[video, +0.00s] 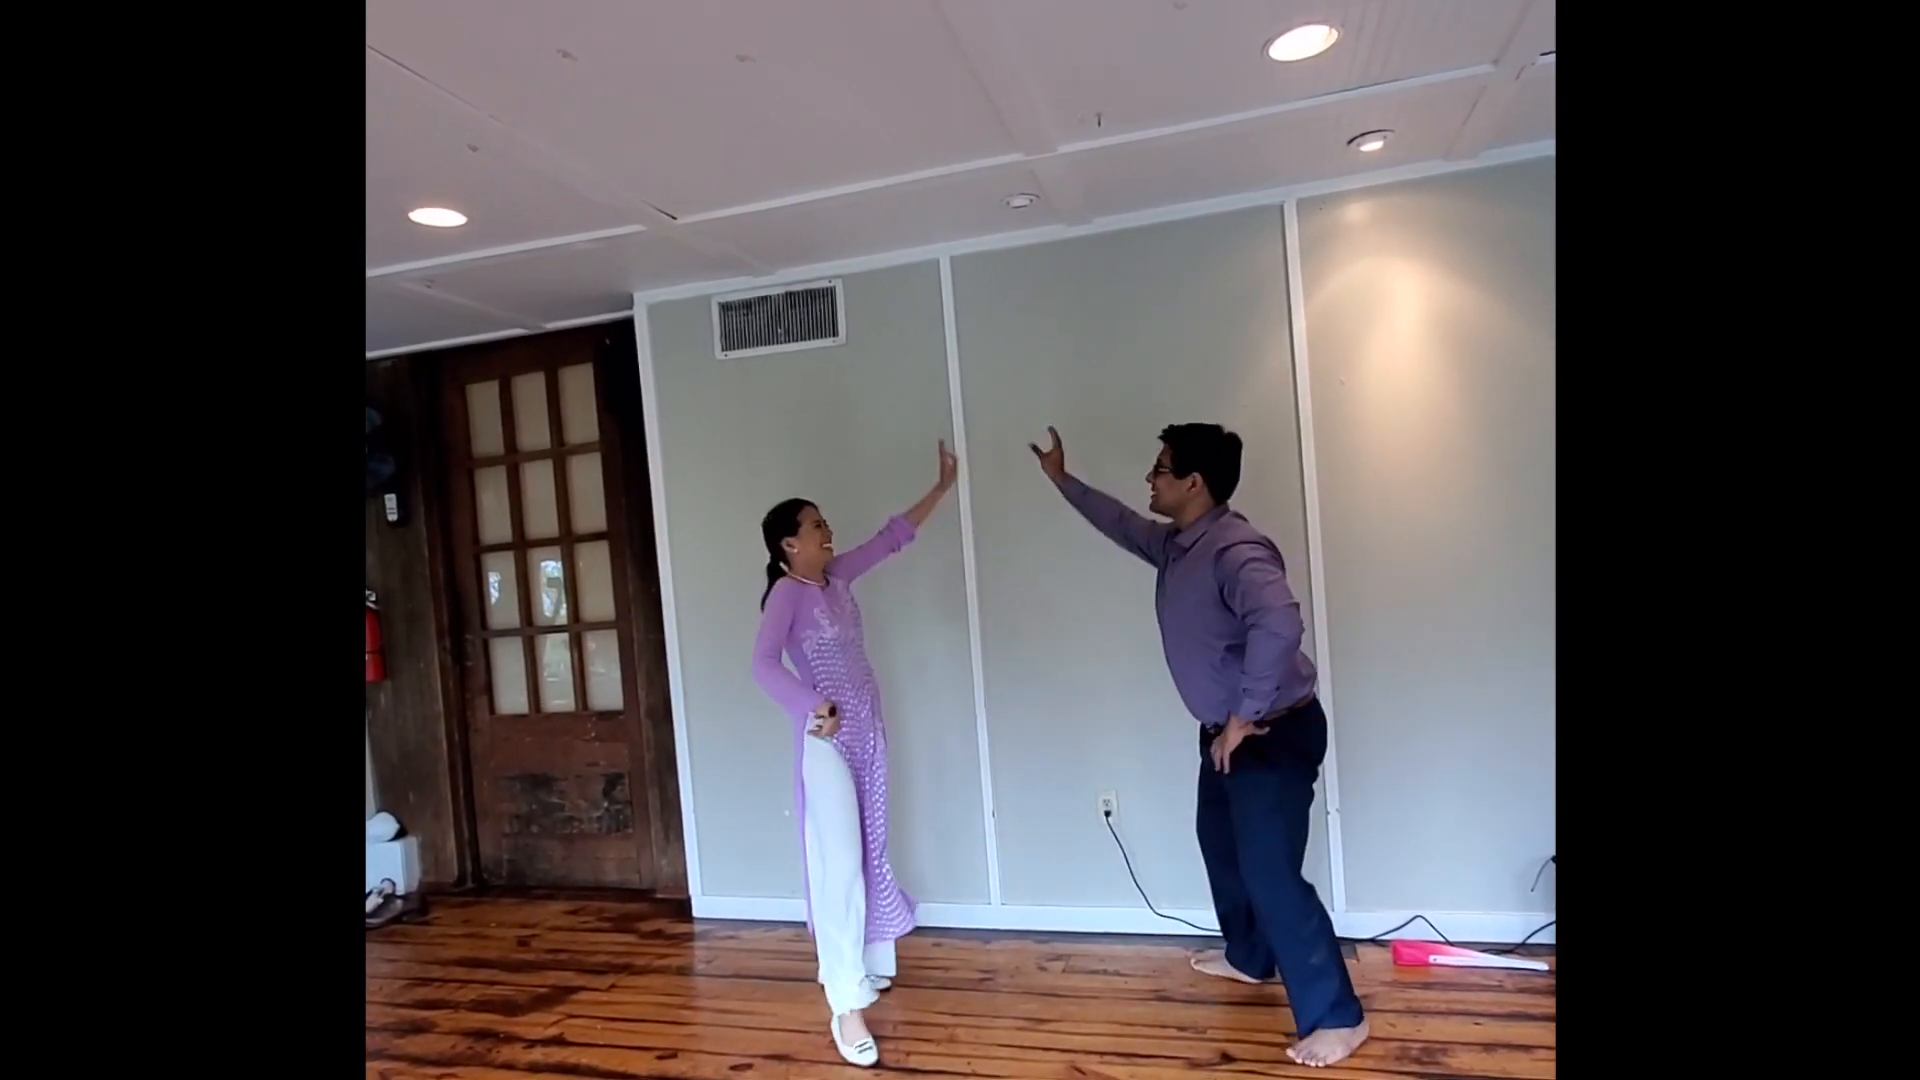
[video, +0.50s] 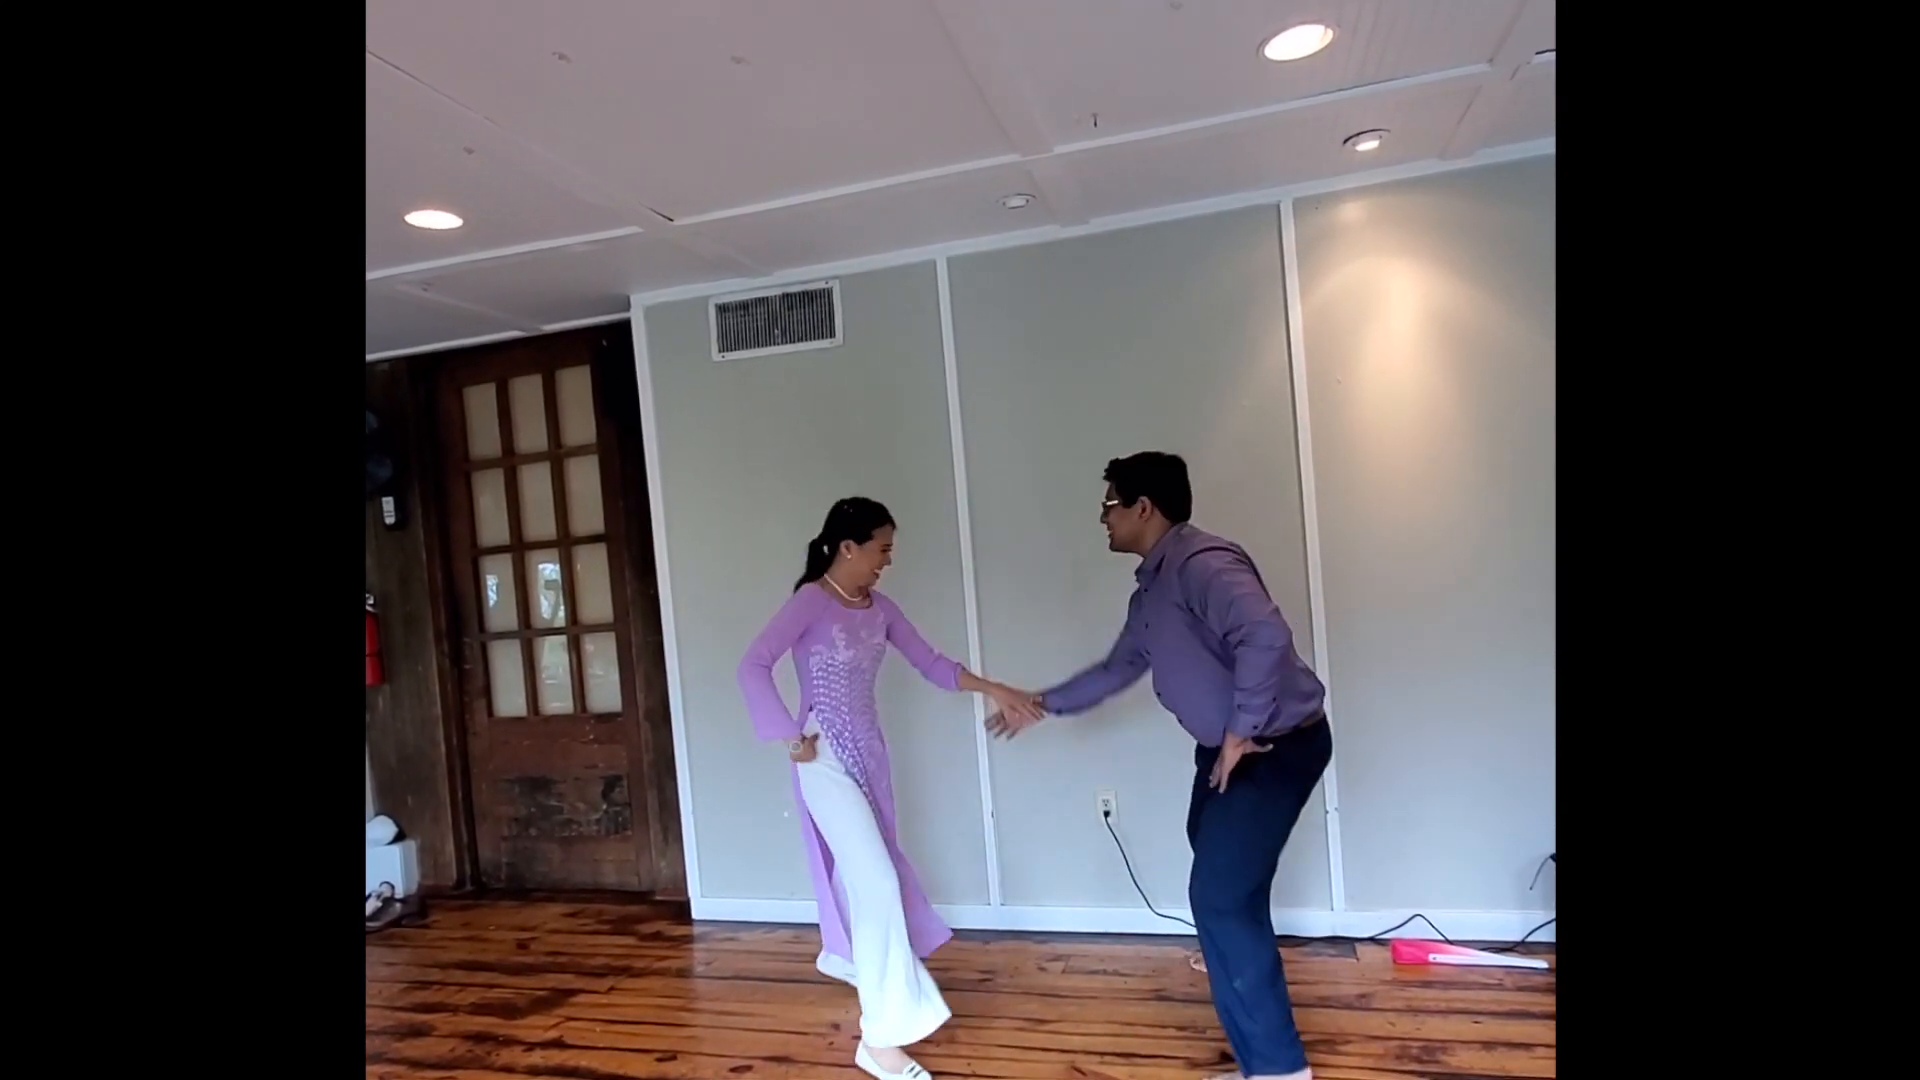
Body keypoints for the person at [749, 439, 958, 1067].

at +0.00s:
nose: (828, 532)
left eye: (825, 525)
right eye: (817, 527)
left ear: (815, 541)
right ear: (789, 544)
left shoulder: (838, 578)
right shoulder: (787, 594)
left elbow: (892, 536)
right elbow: (765, 665)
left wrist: (942, 485)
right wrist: (810, 707)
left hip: (865, 733)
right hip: (827, 740)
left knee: (867, 851)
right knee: (840, 861)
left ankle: (864, 962)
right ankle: (845, 1002)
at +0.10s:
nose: (839, 542)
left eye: (836, 534)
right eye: (827, 535)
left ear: (820, 547)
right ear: (795, 549)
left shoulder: (846, 599)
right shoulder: (788, 610)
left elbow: (908, 583)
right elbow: (765, 687)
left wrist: (959, 531)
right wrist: (816, 723)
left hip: (869, 744)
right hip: (830, 749)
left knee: (872, 854)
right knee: (858, 860)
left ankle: (846, 959)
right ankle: (849, 1005)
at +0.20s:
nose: (850, 559)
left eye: (850, 550)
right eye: (842, 550)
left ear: (828, 559)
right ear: (809, 557)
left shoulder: (849, 610)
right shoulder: (791, 618)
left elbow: (918, 622)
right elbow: (765, 693)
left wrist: (978, 596)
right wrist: (814, 733)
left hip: (867, 750)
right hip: (826, 757)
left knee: (876, 854)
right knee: (880, 852)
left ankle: (850, 962)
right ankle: (854, 996)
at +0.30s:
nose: (864, 568)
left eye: (865, 559)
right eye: (856, 559)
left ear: (842, 563)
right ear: (823, 562)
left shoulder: (858, 613)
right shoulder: (798, 620)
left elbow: (926, 638)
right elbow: (757, 690)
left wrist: (991, 636)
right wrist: (804, 737)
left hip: (865, 758)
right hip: (826, 763)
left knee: (874, 861)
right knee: (889, 862)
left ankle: (843, 961)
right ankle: (875, 1008)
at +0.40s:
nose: (875, 565)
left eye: (878, 555)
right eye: (869, 555)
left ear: (852, 557)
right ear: (833, 554)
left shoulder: (870, 605)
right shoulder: (803, 609)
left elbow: (928, 644)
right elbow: (752, 672)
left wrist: (988, 658)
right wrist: (795, 732)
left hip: (868, 758)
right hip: (824, 761)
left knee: (868, 863)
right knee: (885, 873)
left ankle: (843, 959)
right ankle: (884, 1029)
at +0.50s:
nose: (887, 562)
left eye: (890, 552)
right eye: (881, 551)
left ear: (863, 551)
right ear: (845, 546)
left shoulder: (880, 608)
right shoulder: (810, 602)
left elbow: (931, 664)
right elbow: (753, 668)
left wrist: (996, 689)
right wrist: (789, 735)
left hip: (870, 757)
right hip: (824, 758)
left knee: (871, 862)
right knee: (877, 877)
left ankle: (842, 951)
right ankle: (879, 1038)